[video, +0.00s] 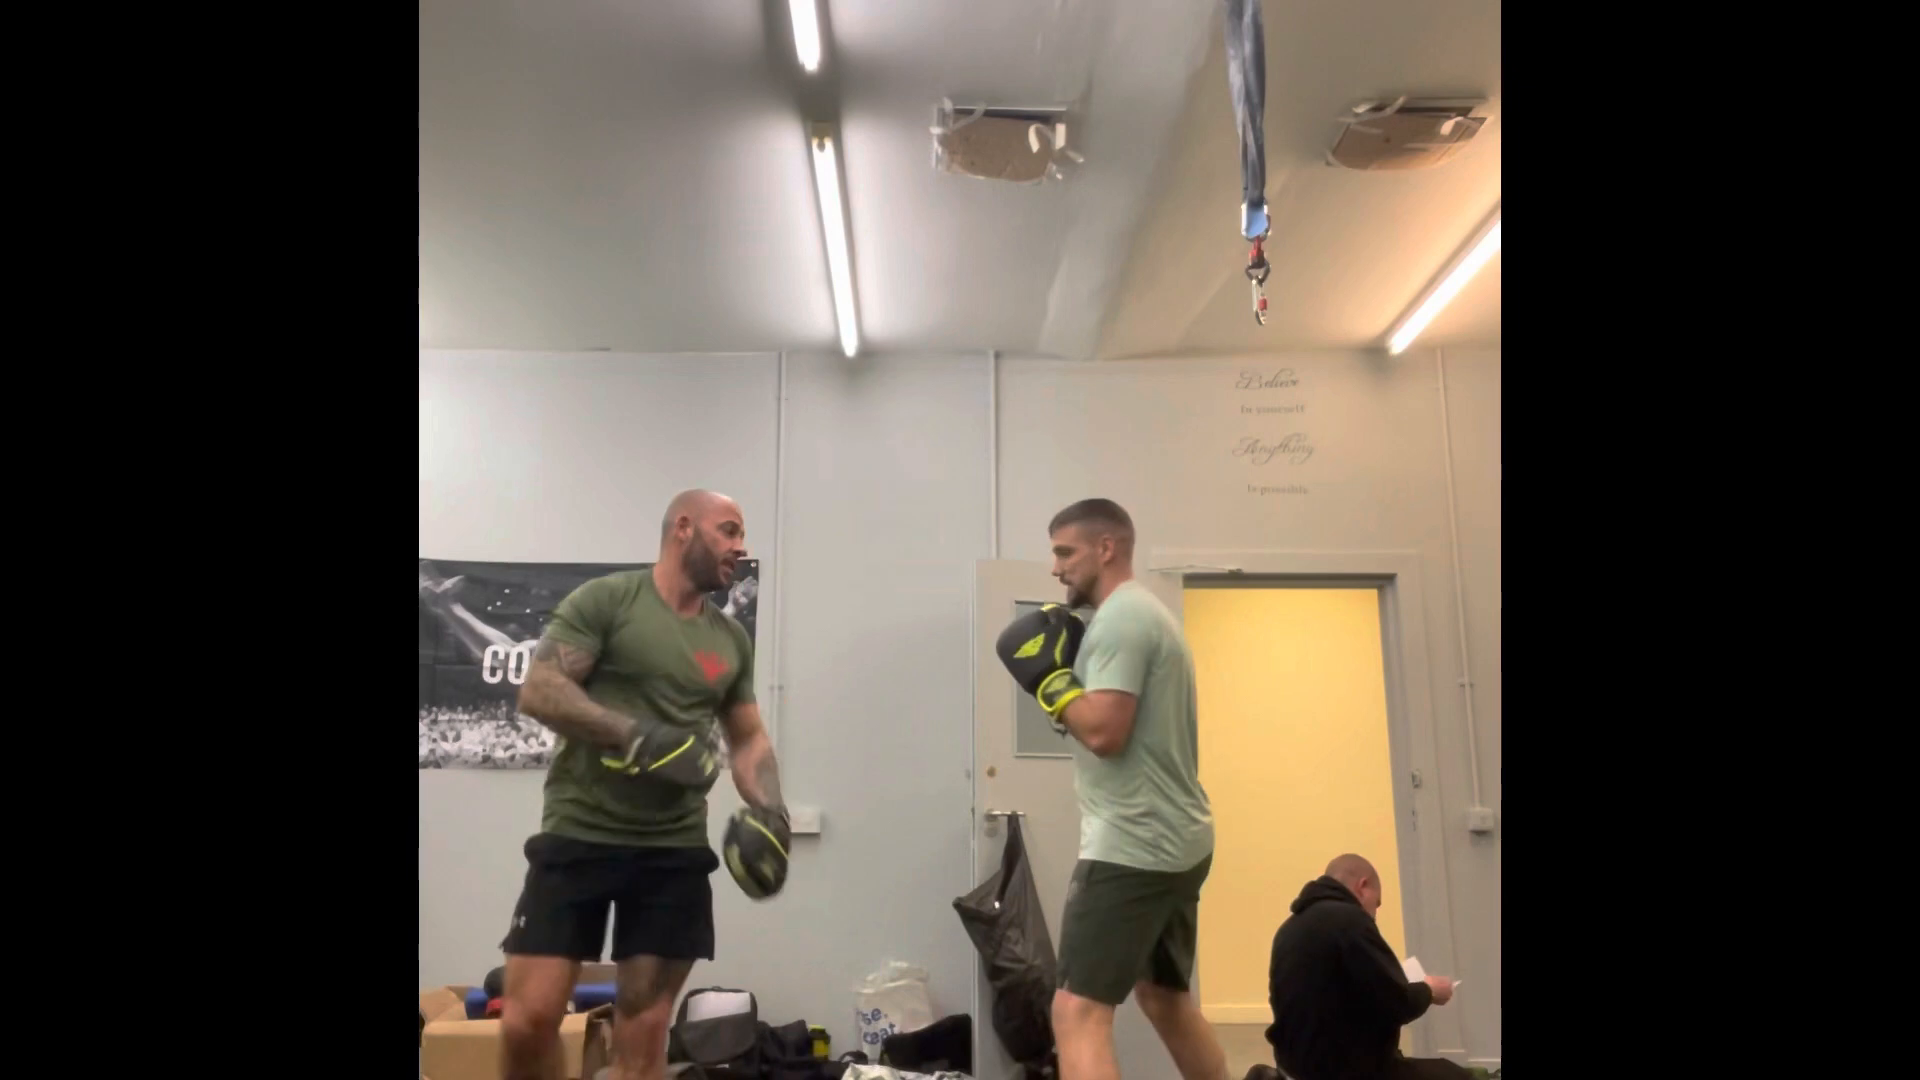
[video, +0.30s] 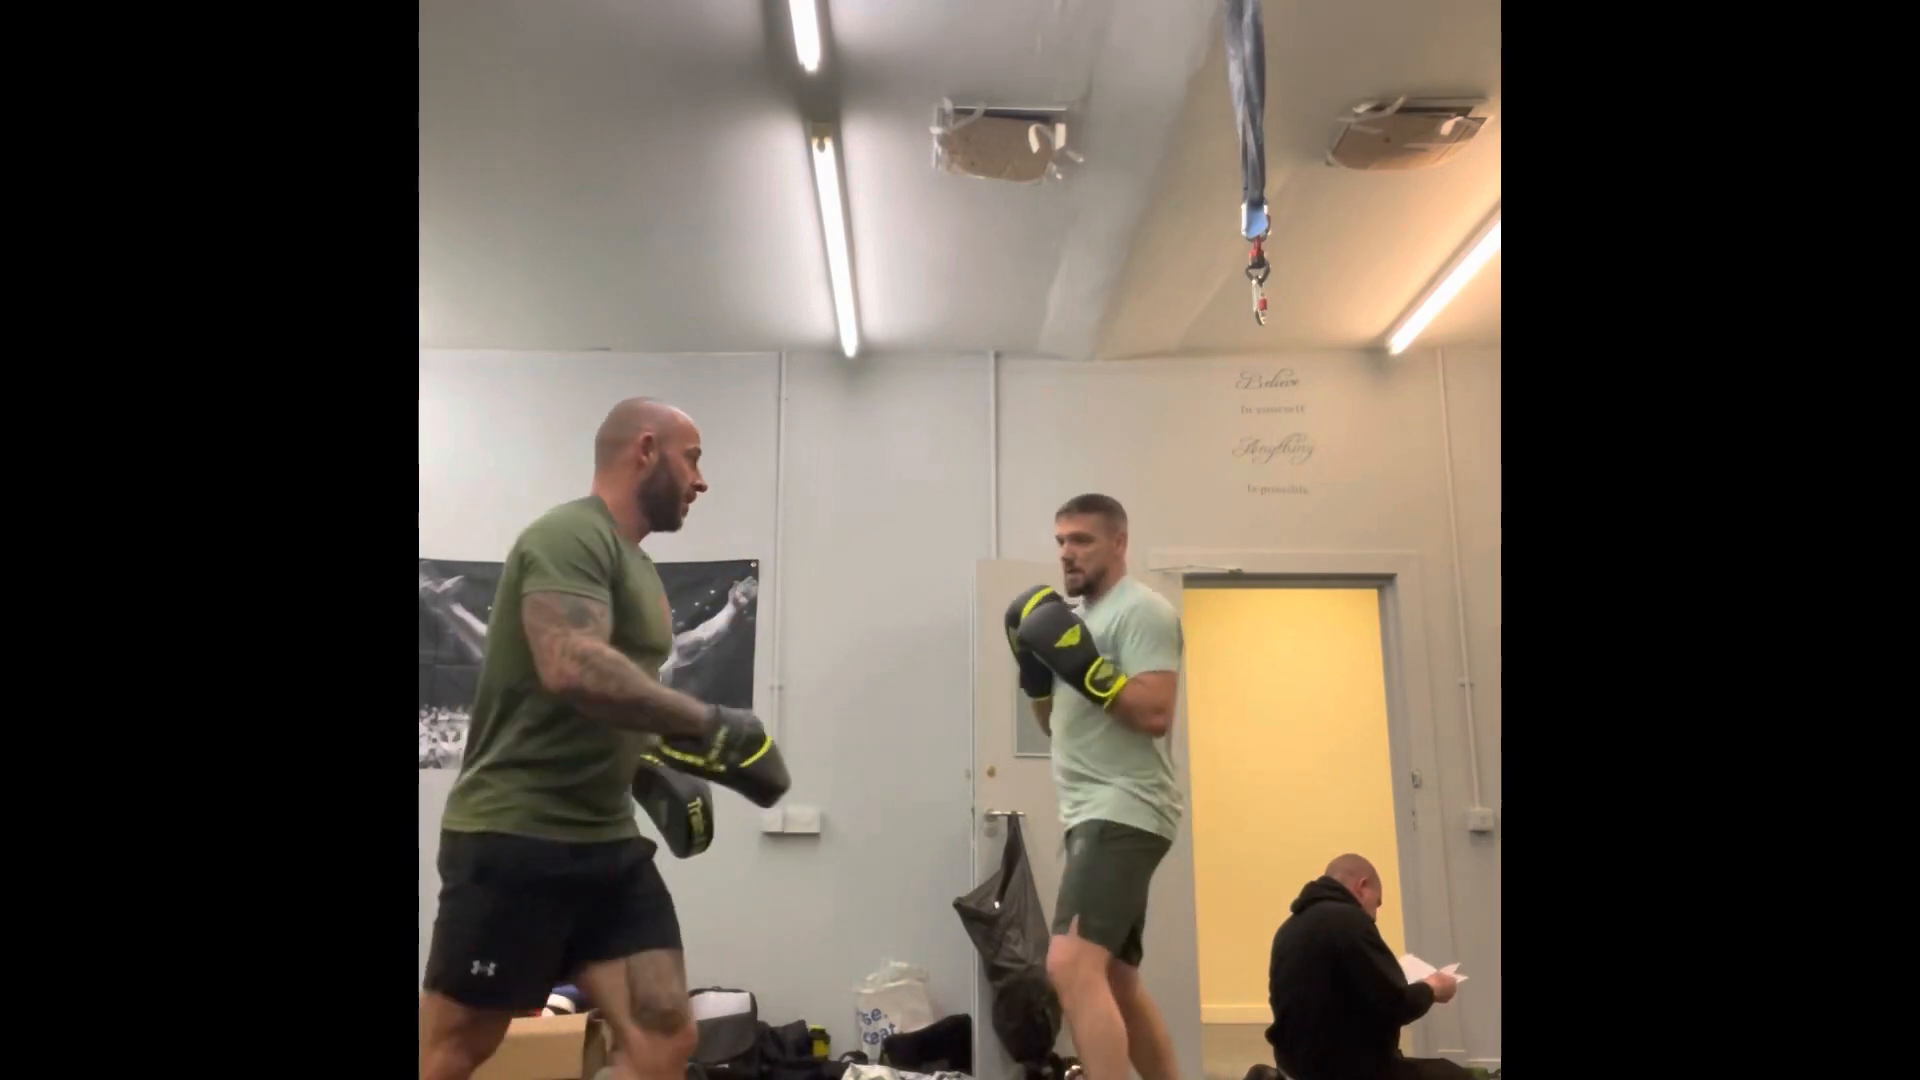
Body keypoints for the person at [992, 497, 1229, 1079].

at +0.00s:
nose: (1056, 567)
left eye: (1065, 552)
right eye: (1055, 554)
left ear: (1109, 547)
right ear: (1110, 551)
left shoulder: (1122, 616)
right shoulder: (1148, 613)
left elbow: (1104, 731)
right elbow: (1127, 722)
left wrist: (1048, 680)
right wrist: (1078, 656)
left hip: (1131, 847)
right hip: (1178, 842)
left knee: (1079, 1013)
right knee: (1167, 998)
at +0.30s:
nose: (1066, 554)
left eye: (1080, 541)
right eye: (1061, 543)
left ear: (1118, 545)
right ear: (1058, 548)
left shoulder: (1145, 609)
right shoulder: (1077, 619)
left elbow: (1155, 712)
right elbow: (1055, 722)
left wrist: (1079, 659)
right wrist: (1031, 657)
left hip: (1128, 809)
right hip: (1088, 811)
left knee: (1072, 966)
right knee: (1118, 983)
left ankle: (1111, 1079)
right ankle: (1167, 1079)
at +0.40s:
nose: (1060, 575)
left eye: (1075, 564)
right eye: (1055, 564)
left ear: (1113, 571)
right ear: (1049, 569)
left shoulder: (1132, 639)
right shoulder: (1061, 645)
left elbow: (1132, 744)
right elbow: (1031, 757)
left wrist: (1063, 688)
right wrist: (1018, 688)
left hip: (1113, 849)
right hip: (1070, 848)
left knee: (1052, 1015)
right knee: (1090, 1025)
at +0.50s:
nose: (1033, 538)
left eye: (1049, 526)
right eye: (1027, 527)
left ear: (1086, 535)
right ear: (1021, 534)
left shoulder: (1106, 602)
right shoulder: (1025, 611)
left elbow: (1103, 704)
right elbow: (994, 722)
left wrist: (1039, 635)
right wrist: (982, 647)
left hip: (1089, 827)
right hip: (1032, 826)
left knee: (1083, 1002)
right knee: (1026, 988)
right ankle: (1077, 1079)